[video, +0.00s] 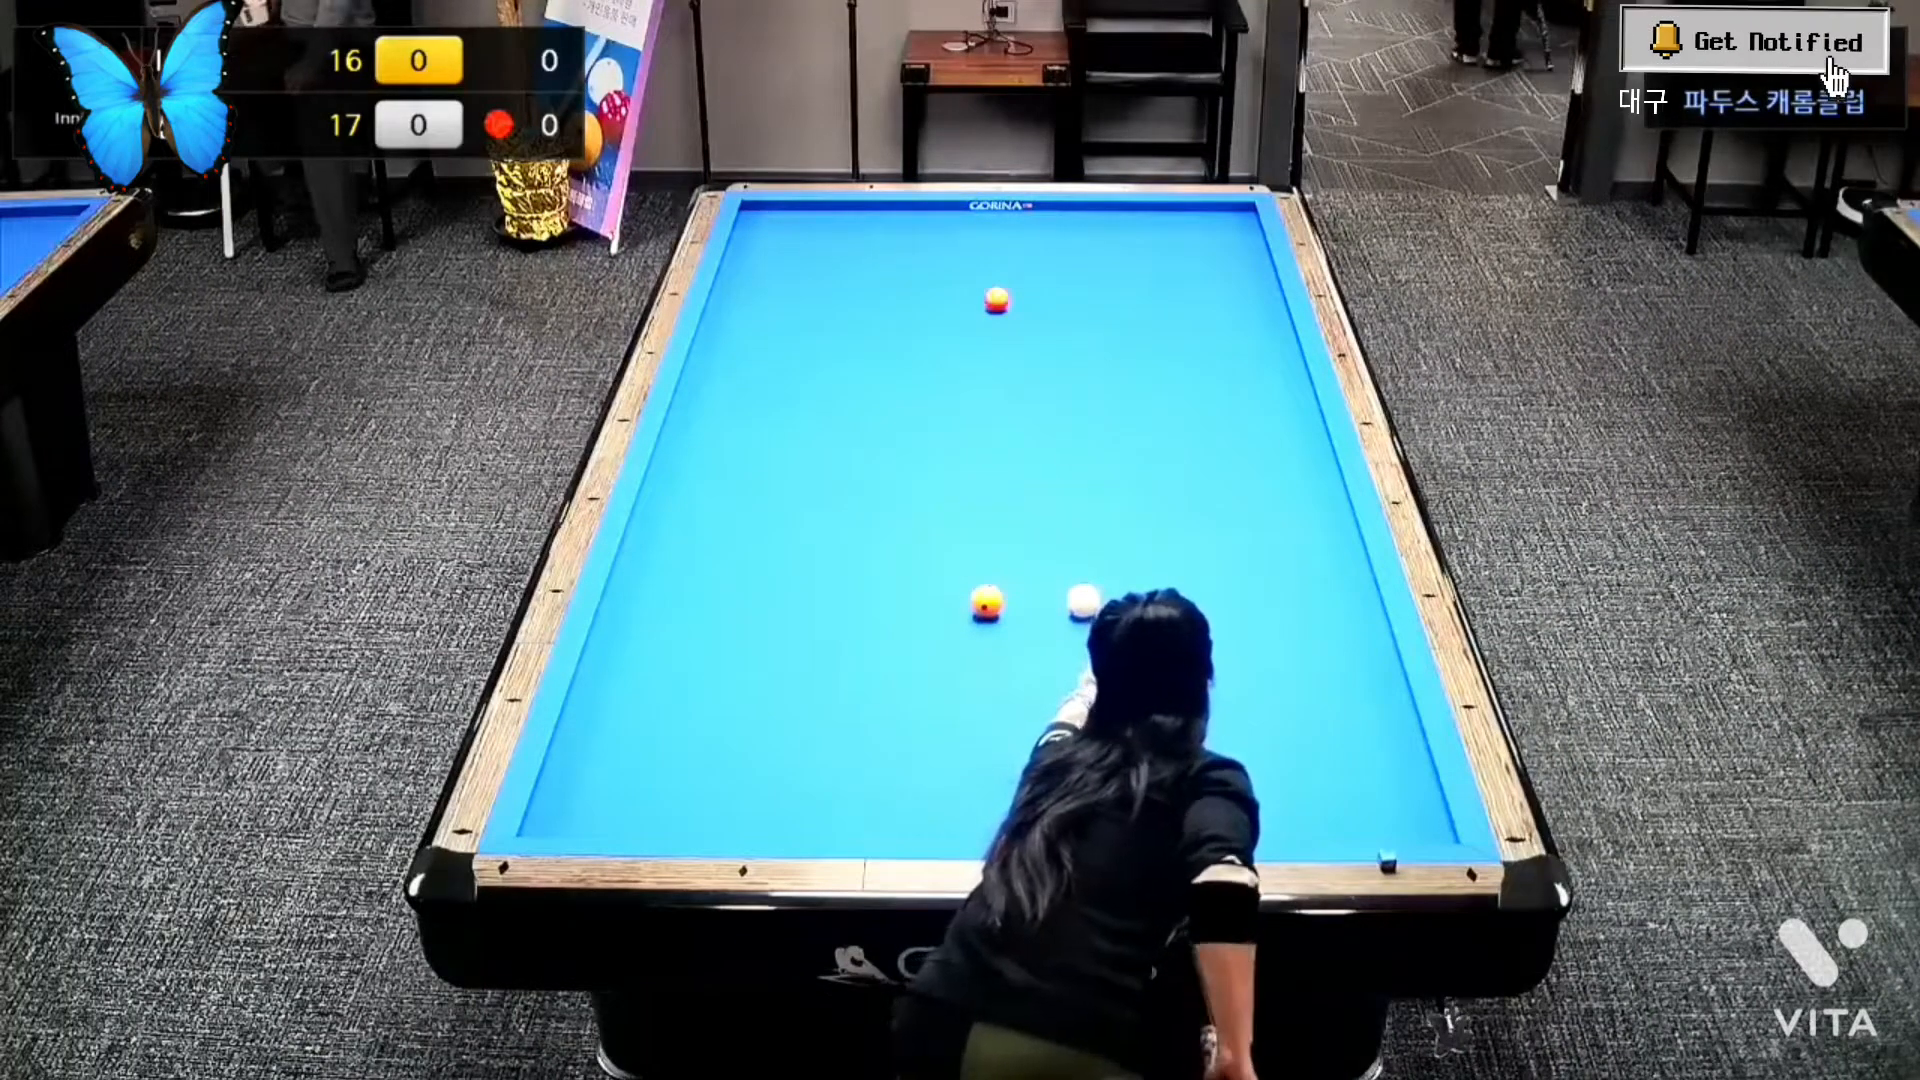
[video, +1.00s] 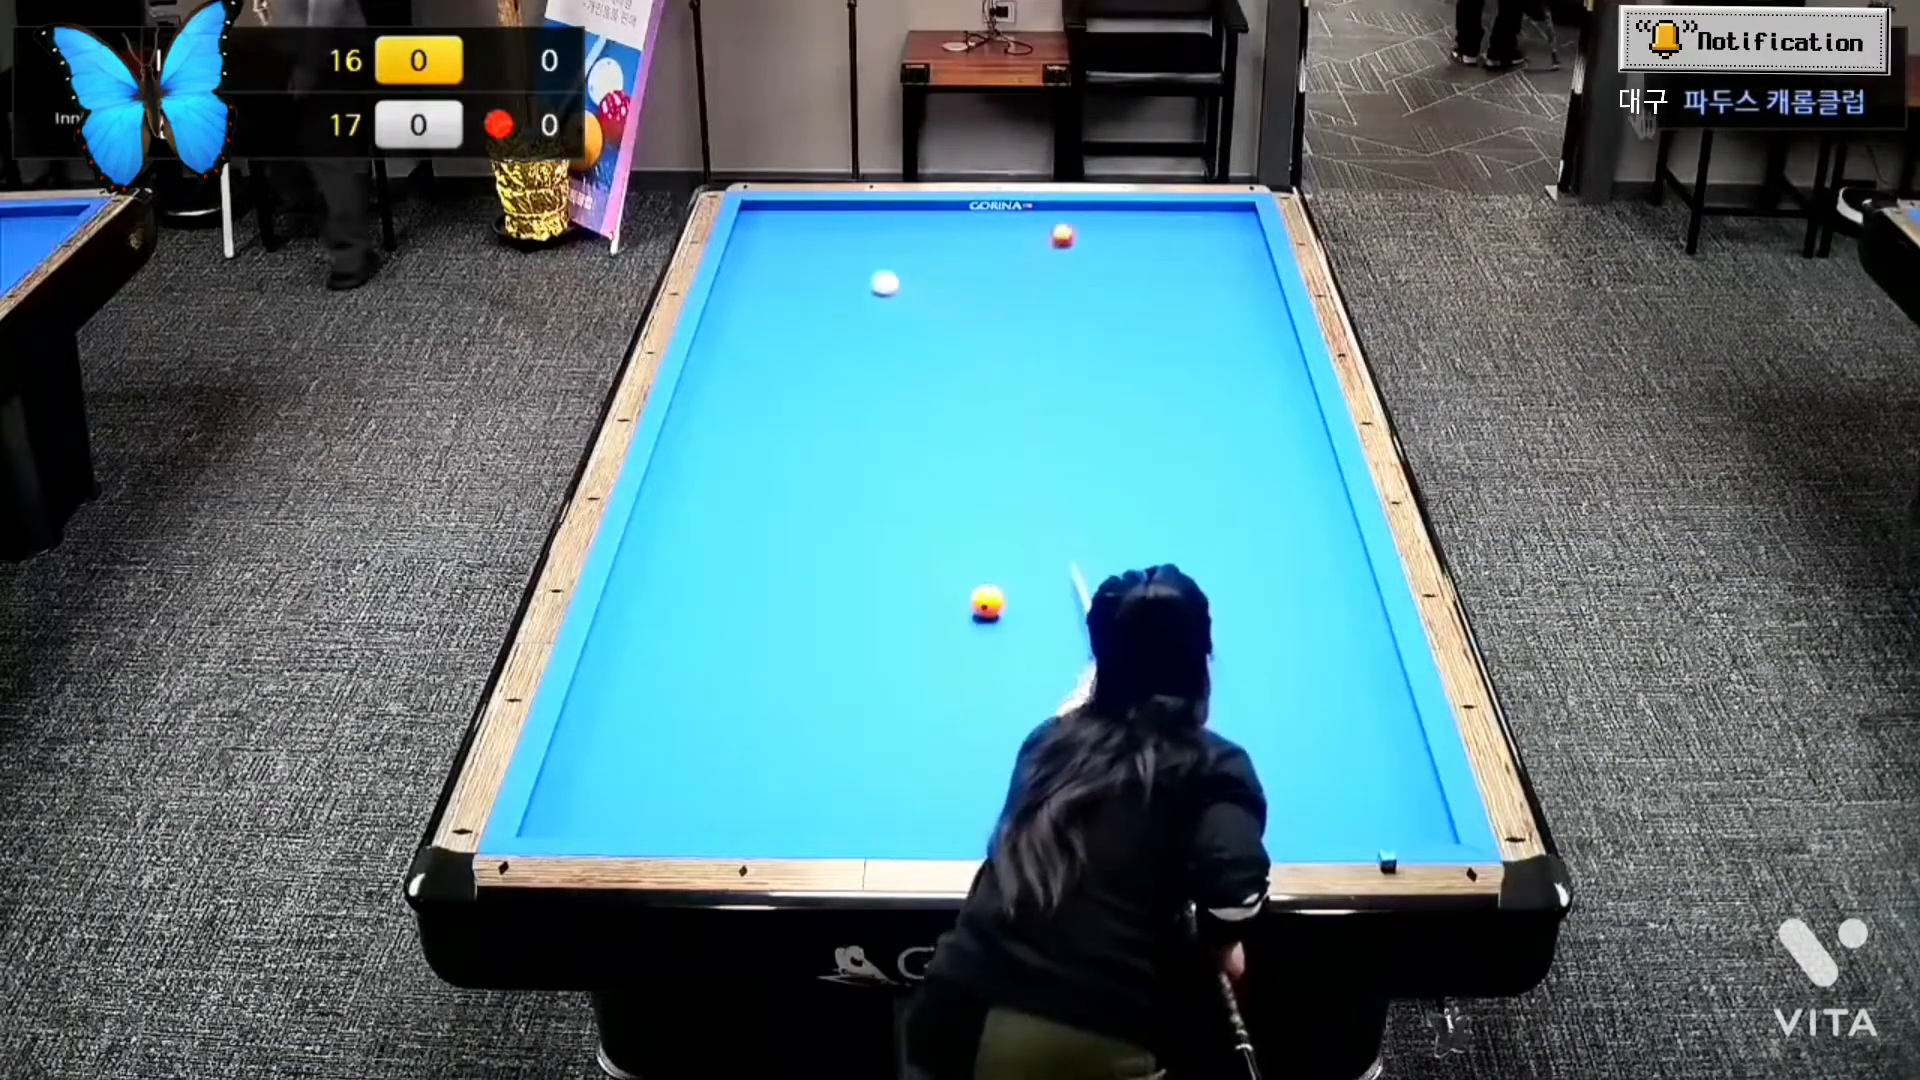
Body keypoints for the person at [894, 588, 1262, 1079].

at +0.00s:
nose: (1214, 677)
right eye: (1209, 667)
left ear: (1102, 682)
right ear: (1200, 679)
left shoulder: (1055, 755)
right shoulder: (1212, 776)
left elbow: (1079, 705)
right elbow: (1221, 894)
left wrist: (1097, 673)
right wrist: (1234, 1052)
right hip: (1091, 1038)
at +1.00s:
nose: (1208, 660)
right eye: (1203, 648)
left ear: (1103, 656)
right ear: (1196, 658)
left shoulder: (1049, 740)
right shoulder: (1217, 764)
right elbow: (1232, 874)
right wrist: (1223, 943)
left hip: (988, 1012)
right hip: (1112, 1029)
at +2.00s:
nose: (1150, 511)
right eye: (1146, 497)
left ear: (1031, 503)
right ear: (1137, 517)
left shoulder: (973, 616)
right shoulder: (1150, 670)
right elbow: (1144, 854)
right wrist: (1171, 908)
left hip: (949, 964)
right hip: (1075, 984)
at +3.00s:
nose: (1216, 562)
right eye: (1212, 548)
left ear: (1081, 556)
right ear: (1204, 570)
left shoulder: (1019, 651)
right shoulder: (1234, 749)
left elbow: (974, 779)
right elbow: (1226, 954)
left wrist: (1032, 853)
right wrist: (1254, 969)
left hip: (1025, 1008)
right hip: (1173, 1027)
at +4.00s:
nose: (1053, 584)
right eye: (1054, 567)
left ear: (929, 552)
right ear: (1044, 582)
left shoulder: (842, 662)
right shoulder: (1068, 746)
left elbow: (794, 803)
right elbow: (1094, 941)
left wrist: (889, 834)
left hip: (872, 1013)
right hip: (1021, 1024)